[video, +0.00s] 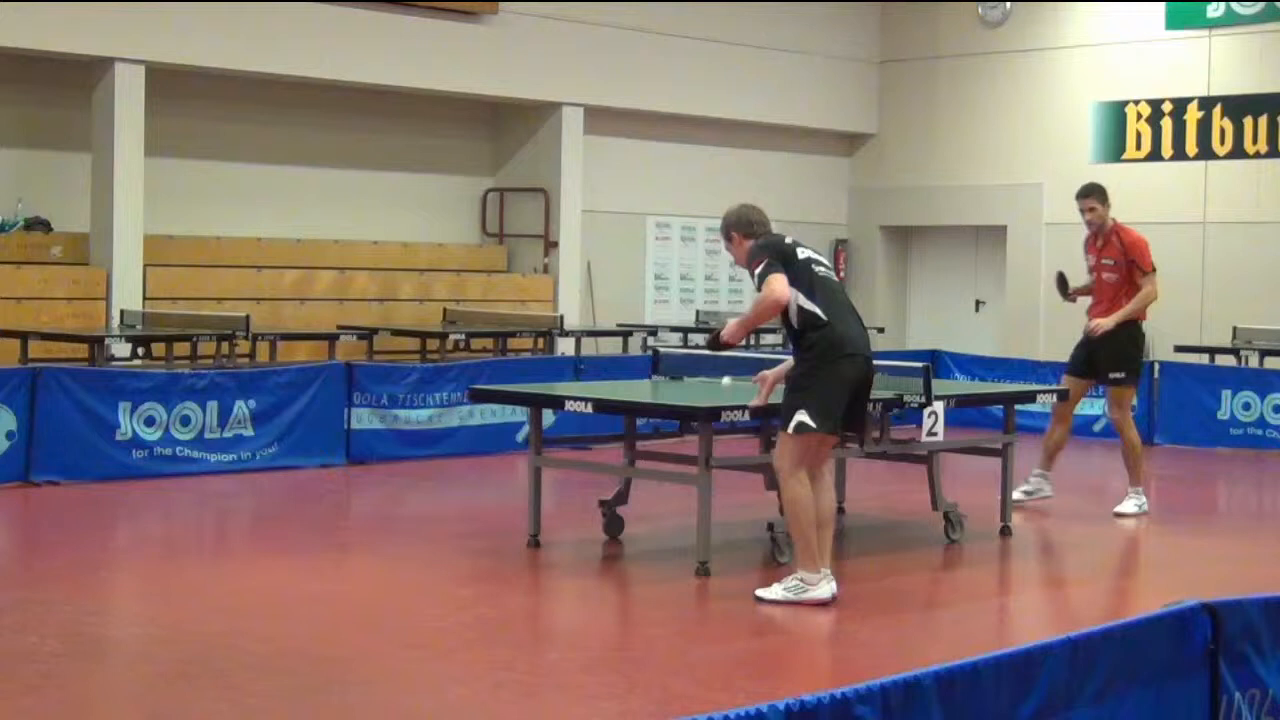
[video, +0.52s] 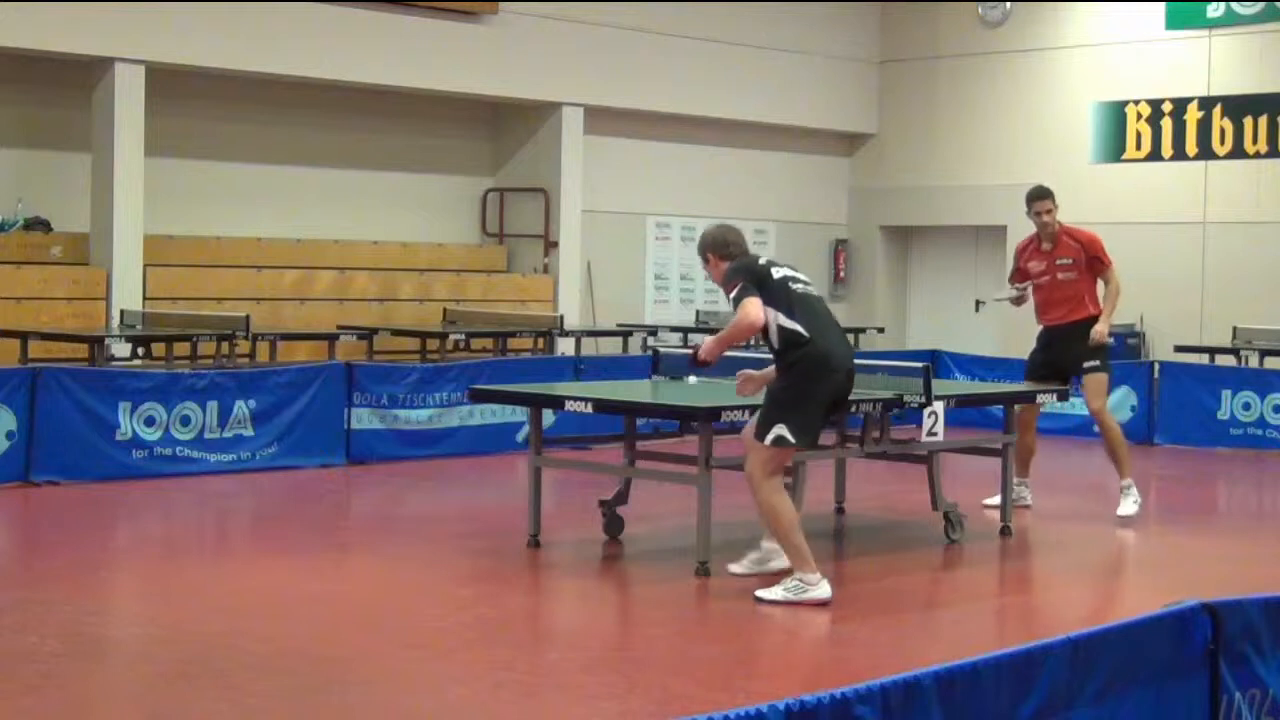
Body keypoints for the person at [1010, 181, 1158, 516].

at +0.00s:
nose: (1088, 217)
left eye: (1092, 210)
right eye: (1083, 212)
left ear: (1108, 207)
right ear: (1080, 213)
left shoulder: (1131, 241)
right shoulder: (1091, 241)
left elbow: (1151, 291)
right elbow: (1101, 281)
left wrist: (1112, 319)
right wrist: (1076, 292)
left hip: (1124, 333)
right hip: (1094, 330)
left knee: (1120, 414)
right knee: (1064, 404)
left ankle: (1137, 494)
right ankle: (1041, 479)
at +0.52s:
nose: (1045, 218)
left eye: (1049, 211)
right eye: (1038, 214)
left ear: (1057, 209)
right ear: (1029, 216)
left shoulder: (1084, 241)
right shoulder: (1025, 250)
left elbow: (1112, 282)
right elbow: (1018, 295)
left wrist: (1104, 321)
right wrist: (1018, 295)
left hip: (1087, 331)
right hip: (1051, 336)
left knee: (1097, 408)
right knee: (1025, 411)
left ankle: (1128, 488)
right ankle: (1020, 487)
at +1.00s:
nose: (1046, 230)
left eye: (1051, 222)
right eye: (1040, 224)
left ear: (1061, 220)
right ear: (1033, 227)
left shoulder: (1087, 251)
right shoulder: (1037, 257)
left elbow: (1122, 293)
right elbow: (1042, 300)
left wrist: (1085, 324)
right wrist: (1027, 302)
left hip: (1093, 342)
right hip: (1059, 341)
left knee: (1098, 418)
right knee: (1025, 410)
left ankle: (1132, 499)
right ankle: (1013, 484)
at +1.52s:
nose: (1015, 324)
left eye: (1020, 316)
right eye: (1011, 318)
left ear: (1036, 313)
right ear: (1009, 318)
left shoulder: (1069, 330)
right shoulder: (1021, 338)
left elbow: (1106, 374)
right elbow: (1024, 378)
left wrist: (1056, 383)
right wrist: (1005, 365)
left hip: (1115, 384)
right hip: (1080, 390)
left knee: (1097, 432)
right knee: (1017, 420)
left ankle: (1145, 505)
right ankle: (1012, 490)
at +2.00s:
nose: (1012, 344)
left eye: (1017, 336)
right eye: (1008, 338)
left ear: (1035, 334)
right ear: (1006, 338)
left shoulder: (1065, 349)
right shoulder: (1017, 357)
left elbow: (1106, 390)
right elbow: (1019, 395)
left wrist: (1060, 405)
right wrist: (998, 381)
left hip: (1117, 393)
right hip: (1078, 398)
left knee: (1095, 435)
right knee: (1017, 422)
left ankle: (1144, 505)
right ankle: (1011, 489)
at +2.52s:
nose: (1012, 334)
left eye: (1017, 327)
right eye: (1007, 329)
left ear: (1034, 326)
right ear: (1005, 330)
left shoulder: (1064, 342)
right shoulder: (1017, 350)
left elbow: (1106, 383)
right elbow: (1017, 393)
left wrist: (1063, 399)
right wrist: (999, 377)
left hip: (1115, 391)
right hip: (1078, 396)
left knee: (1095, 434)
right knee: (1015, 421)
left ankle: (1144, 505)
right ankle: (1011, 489)